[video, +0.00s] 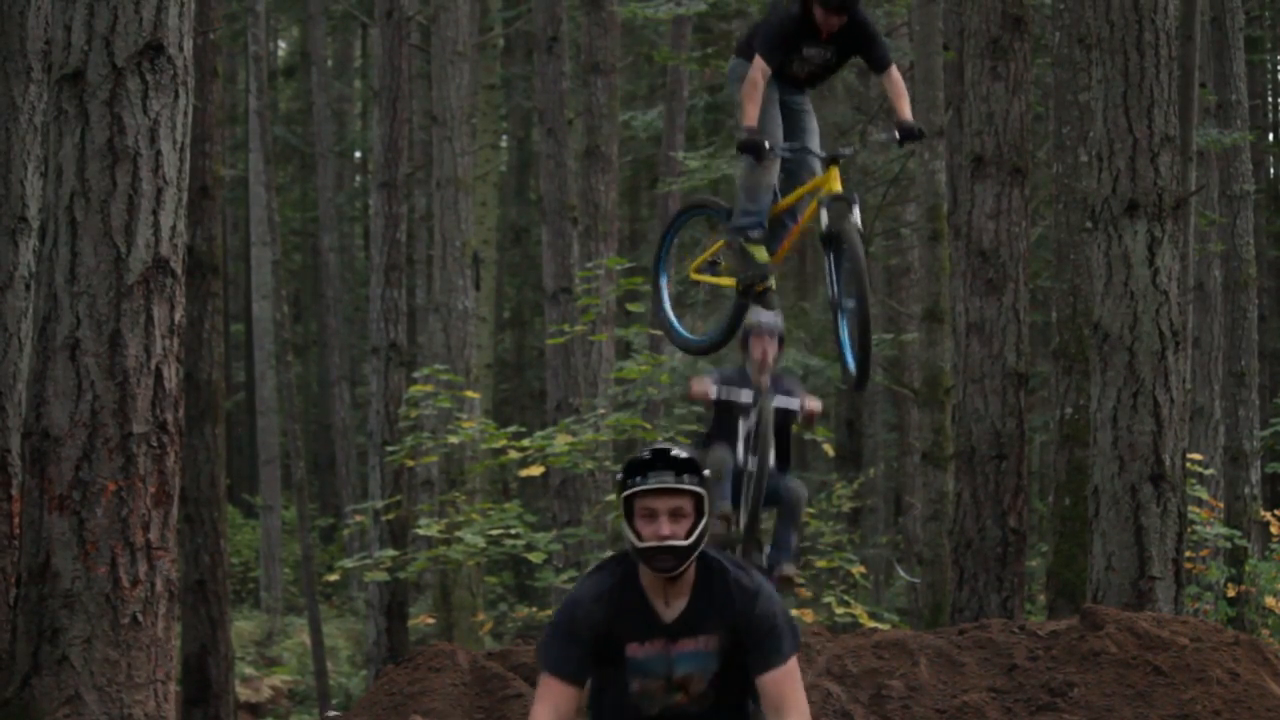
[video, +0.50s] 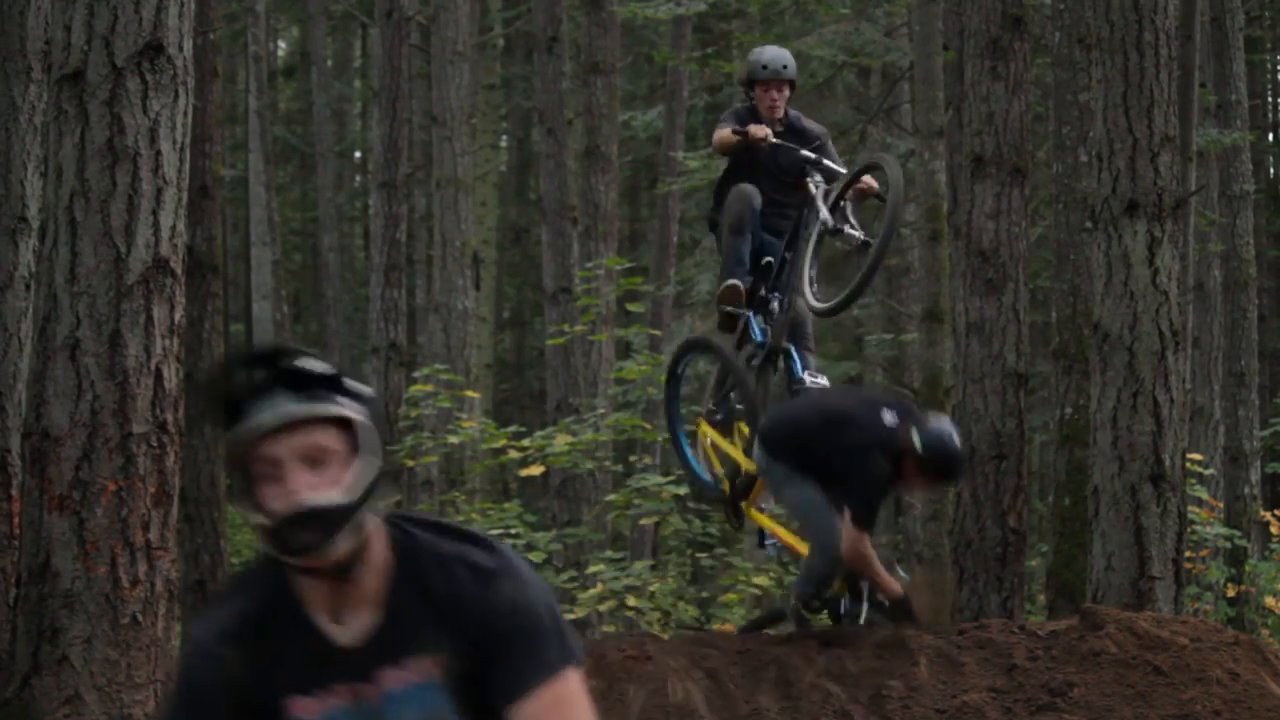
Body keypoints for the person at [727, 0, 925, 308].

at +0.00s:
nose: (832, 21)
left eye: (840, 16)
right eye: (826, 13)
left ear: (849, 12)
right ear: (812, 6)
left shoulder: (857, 25)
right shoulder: (787, 18)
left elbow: (889, 71)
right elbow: (757, 73)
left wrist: (905, 119)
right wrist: (749, 131)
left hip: (795, 90)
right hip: (756, 75)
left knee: (807, 171)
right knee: (767, 148)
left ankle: (771, 245)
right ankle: (748, 233)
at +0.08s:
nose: (850, 71)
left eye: (859, 66)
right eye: (845, 62)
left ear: (870, 62)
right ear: (832, 51)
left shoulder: (871, 76)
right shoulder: (805, 62)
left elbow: (904, 124)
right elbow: (772, 123)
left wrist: (921, 182)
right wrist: (761, 187)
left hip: (801, 134)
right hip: (759, 120)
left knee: (825, 216)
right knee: (778, 200)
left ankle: (789, 285)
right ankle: (759, 292)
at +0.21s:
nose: (866, 158)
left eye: (875, 152)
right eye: (862, 147)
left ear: (888, 149)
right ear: (852, 135)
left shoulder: (888, 158)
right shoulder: (821, 144)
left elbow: (920, 215)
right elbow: (788, 209)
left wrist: (940, 278)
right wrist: (778, 279)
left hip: (810, 200)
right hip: (765, 188)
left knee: (837, 289)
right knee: (786, 280)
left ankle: (797, 353)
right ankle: (770, 374)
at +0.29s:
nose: (882, 288)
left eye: (892, 281)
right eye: (880, 277)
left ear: (906, 270)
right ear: (868, 258)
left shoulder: (901, 271)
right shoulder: (836, 254)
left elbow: (929, 334)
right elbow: (805, 329)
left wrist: (954, 401)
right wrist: (803, 401)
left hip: (823, 295)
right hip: (779, 286)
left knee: (841, 389)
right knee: (789, 382)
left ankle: (820, 461)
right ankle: (795, 483)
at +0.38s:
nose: (887, 365)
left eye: (896, 360)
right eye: (888, 357)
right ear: (877, 337)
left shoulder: (908, 336)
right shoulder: (836, 332)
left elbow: (930, 371)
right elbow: (789, 395)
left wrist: (933, 420)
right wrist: (838, 448)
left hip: (837, 365)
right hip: (786, 362)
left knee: (870, 452)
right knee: (805, 468)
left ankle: (812, 492)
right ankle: (804, 578)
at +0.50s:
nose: (924, 489)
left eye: (931, 485)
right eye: (928, 481)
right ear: (917, 465)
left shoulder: (903, 410)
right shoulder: (877, 463)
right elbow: (854, 549)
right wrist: (892, 590)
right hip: (778, 453)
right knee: (831, 544)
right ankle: (801, 604)